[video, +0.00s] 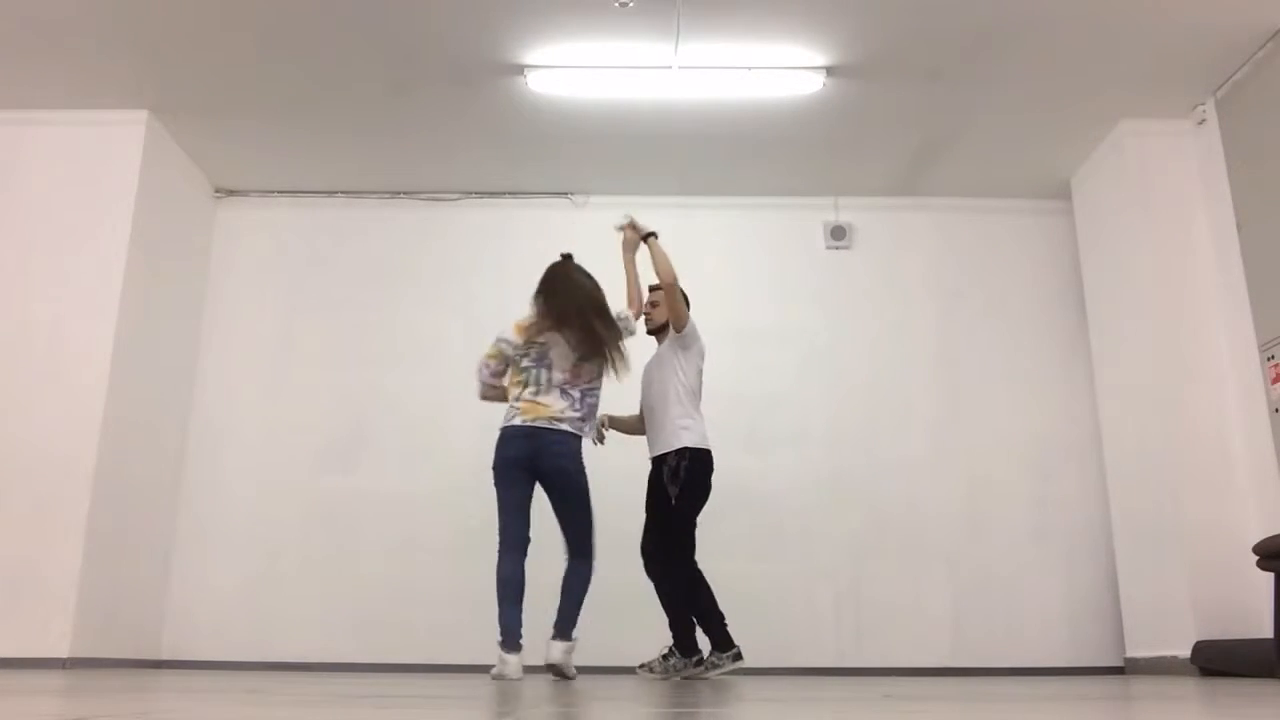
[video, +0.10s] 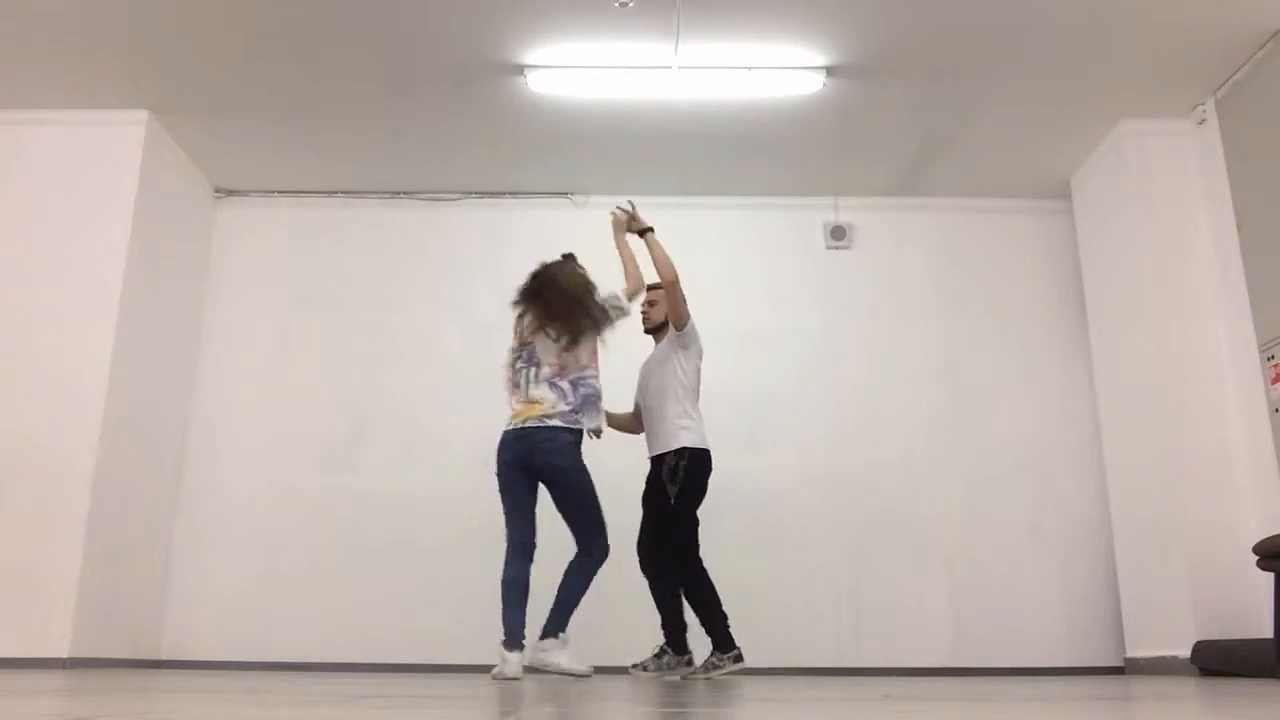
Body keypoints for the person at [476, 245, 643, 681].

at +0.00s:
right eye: (586, 293)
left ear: (543, 294)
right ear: (586, 296)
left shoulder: (522, 330)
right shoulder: (597, 335)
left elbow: (488, 386)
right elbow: (634, 309)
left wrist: (534, 394)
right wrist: (629, 252)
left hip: (513, 442)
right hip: (561, 446)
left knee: (511, 547)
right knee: (580, 553)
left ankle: (510, 653)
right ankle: (561, 645)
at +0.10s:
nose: (589, 290)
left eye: (582, 285)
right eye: (586, 285)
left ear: (539, 291)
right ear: (582, 291)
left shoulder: (523, 323)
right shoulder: (589, 319)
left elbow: (512, 384)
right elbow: (635, 288)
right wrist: (622, 236)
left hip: (513, 442)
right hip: (558, 443)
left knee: (518, 548)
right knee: (593, 547)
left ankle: (511, 652)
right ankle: (551, 643)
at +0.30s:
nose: (583, 287)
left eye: (590, 281)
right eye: (576, 279)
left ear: (595, 288)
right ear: (558, 282)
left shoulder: (592, 332)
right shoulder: (543, 318)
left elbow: (604, 397)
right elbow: (545, 262)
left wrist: (587, 380)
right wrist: (571, 237)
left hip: (568, 447)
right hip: (538, 444)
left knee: (610, 529)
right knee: (568, 542)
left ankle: (528, 564)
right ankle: (543, 648)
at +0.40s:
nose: (584, 284)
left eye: (591, 278)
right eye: (576, 276)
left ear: (597, 282)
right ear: (558, 277)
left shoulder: (610, 328)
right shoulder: (536, 315)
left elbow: (620, 390)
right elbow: (514, 257)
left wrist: (571, 371)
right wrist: (557, 245)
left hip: (586, 434)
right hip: (539, 434)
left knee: (594, 503)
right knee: (557, 538)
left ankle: (564, 528)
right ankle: (548, 648)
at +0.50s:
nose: (582, 281)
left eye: (590, 275)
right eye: (575, 273)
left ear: (597, 280)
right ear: (559, 274)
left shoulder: (602, 316)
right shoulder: (538, 318)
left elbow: (616, 375)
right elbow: (500, 283)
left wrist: (563, 372)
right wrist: (542, 269)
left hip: (589, 432)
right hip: (546, 432)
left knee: (532, 491)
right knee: (560, 540)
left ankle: (597, 534)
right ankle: (581, 638)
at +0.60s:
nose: (567, 272)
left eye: (576, 266)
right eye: (561, 265)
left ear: (590, 273)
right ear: (553, 271)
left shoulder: (579, 303)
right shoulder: (559, 313)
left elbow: (599, 346)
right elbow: (510, 326)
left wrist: (562, 367)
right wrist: (541, 315)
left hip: (575, 432)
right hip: (576, 433)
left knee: (516, 519)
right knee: (570, 544)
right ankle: (606, 643)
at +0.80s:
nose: (548, 278)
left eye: (550, 272)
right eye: (551, 273)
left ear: (557, 271)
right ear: (595, 270)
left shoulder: (545, 300)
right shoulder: (611, 310)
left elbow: (502, 301)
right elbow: (615, 378)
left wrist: (516, 368)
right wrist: (588, 386)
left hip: (547, 431)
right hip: (595, 434)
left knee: (536, 543)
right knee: (588, 540)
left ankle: (529, 650)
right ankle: (600, 650)